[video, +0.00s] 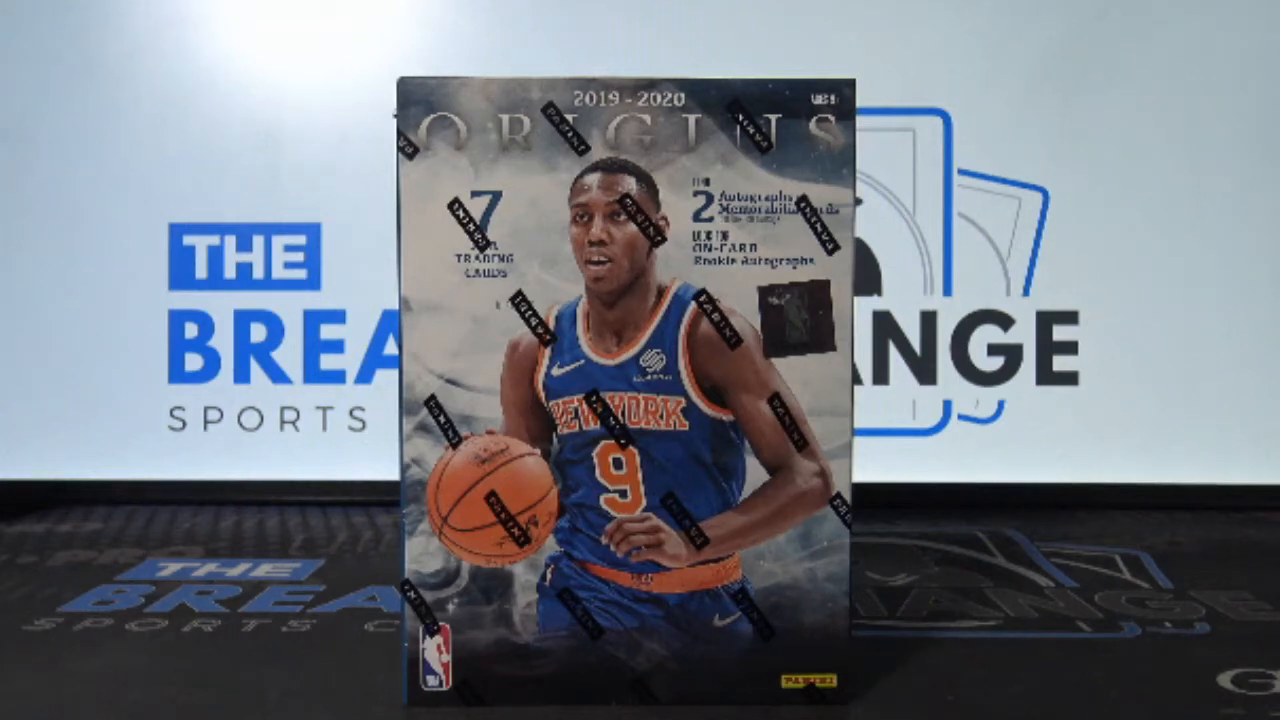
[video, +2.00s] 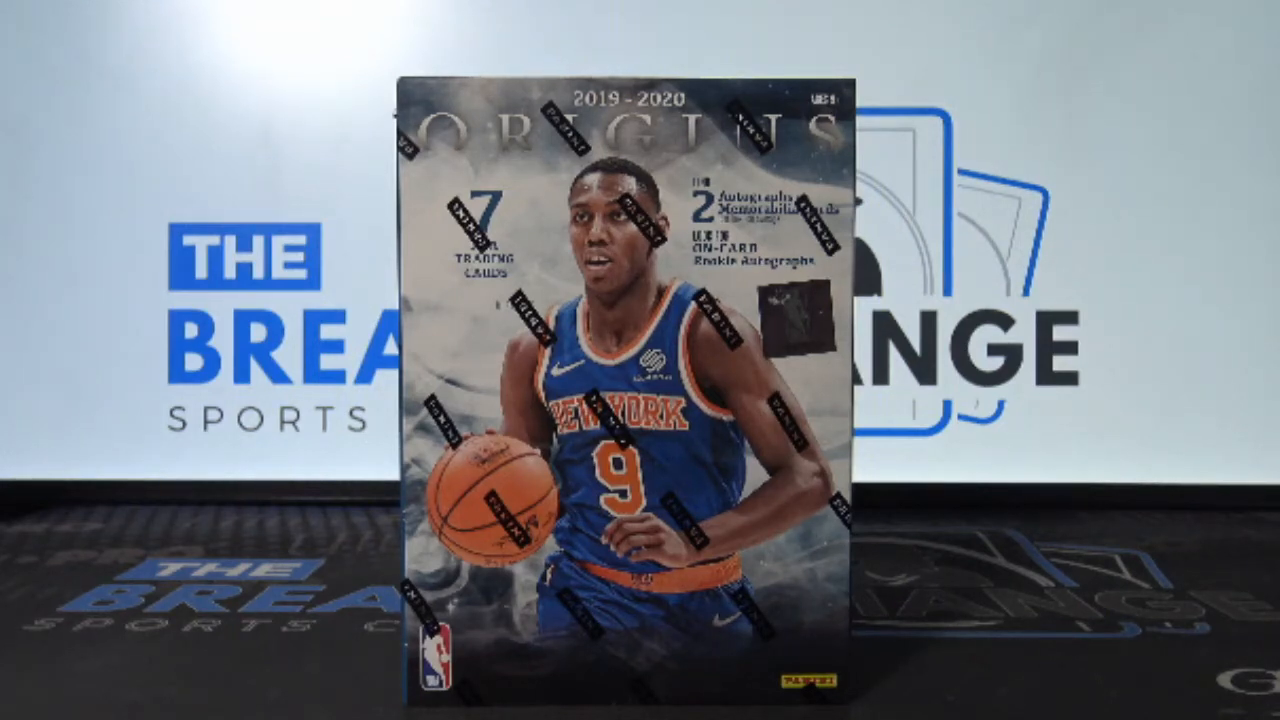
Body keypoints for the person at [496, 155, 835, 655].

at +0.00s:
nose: (595, 235)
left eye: (617, 216)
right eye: (581, 218)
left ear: (657, 230)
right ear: (569, 232)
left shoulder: (712, 334)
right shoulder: (534, 353)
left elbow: (809, 476)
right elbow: (528, 489)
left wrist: (695, 542)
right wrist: (479, 471)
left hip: (698, 612)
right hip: (583, 605)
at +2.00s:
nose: (595, 235)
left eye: (618, 216)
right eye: (582, 218)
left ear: (657, 230)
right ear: (570, 232)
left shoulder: (712, 334)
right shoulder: (534, 353)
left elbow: (809, 476)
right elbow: (526, 487)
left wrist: (695, 542)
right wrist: (476, 471)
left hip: (698, 613)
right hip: (583, 606)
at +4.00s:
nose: (595, 234)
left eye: (617, 216)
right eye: (582, 218)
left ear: (657, 230)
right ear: (570, 231)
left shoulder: (712, 334)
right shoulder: (534, 352)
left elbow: (809, 476)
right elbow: (525, 486)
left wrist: (694, 543)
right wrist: (479, 468)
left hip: (697, 613)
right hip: (583, 606)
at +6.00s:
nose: (595, 235)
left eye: (617, 216)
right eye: (582, 218)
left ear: (657, 229)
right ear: (570, 231)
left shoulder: (712, 334)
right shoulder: (534, 352)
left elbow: (810, 475)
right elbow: (526, 488)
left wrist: (695, 543)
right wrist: (476, 472)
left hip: (697, 613)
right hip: (582, 606)